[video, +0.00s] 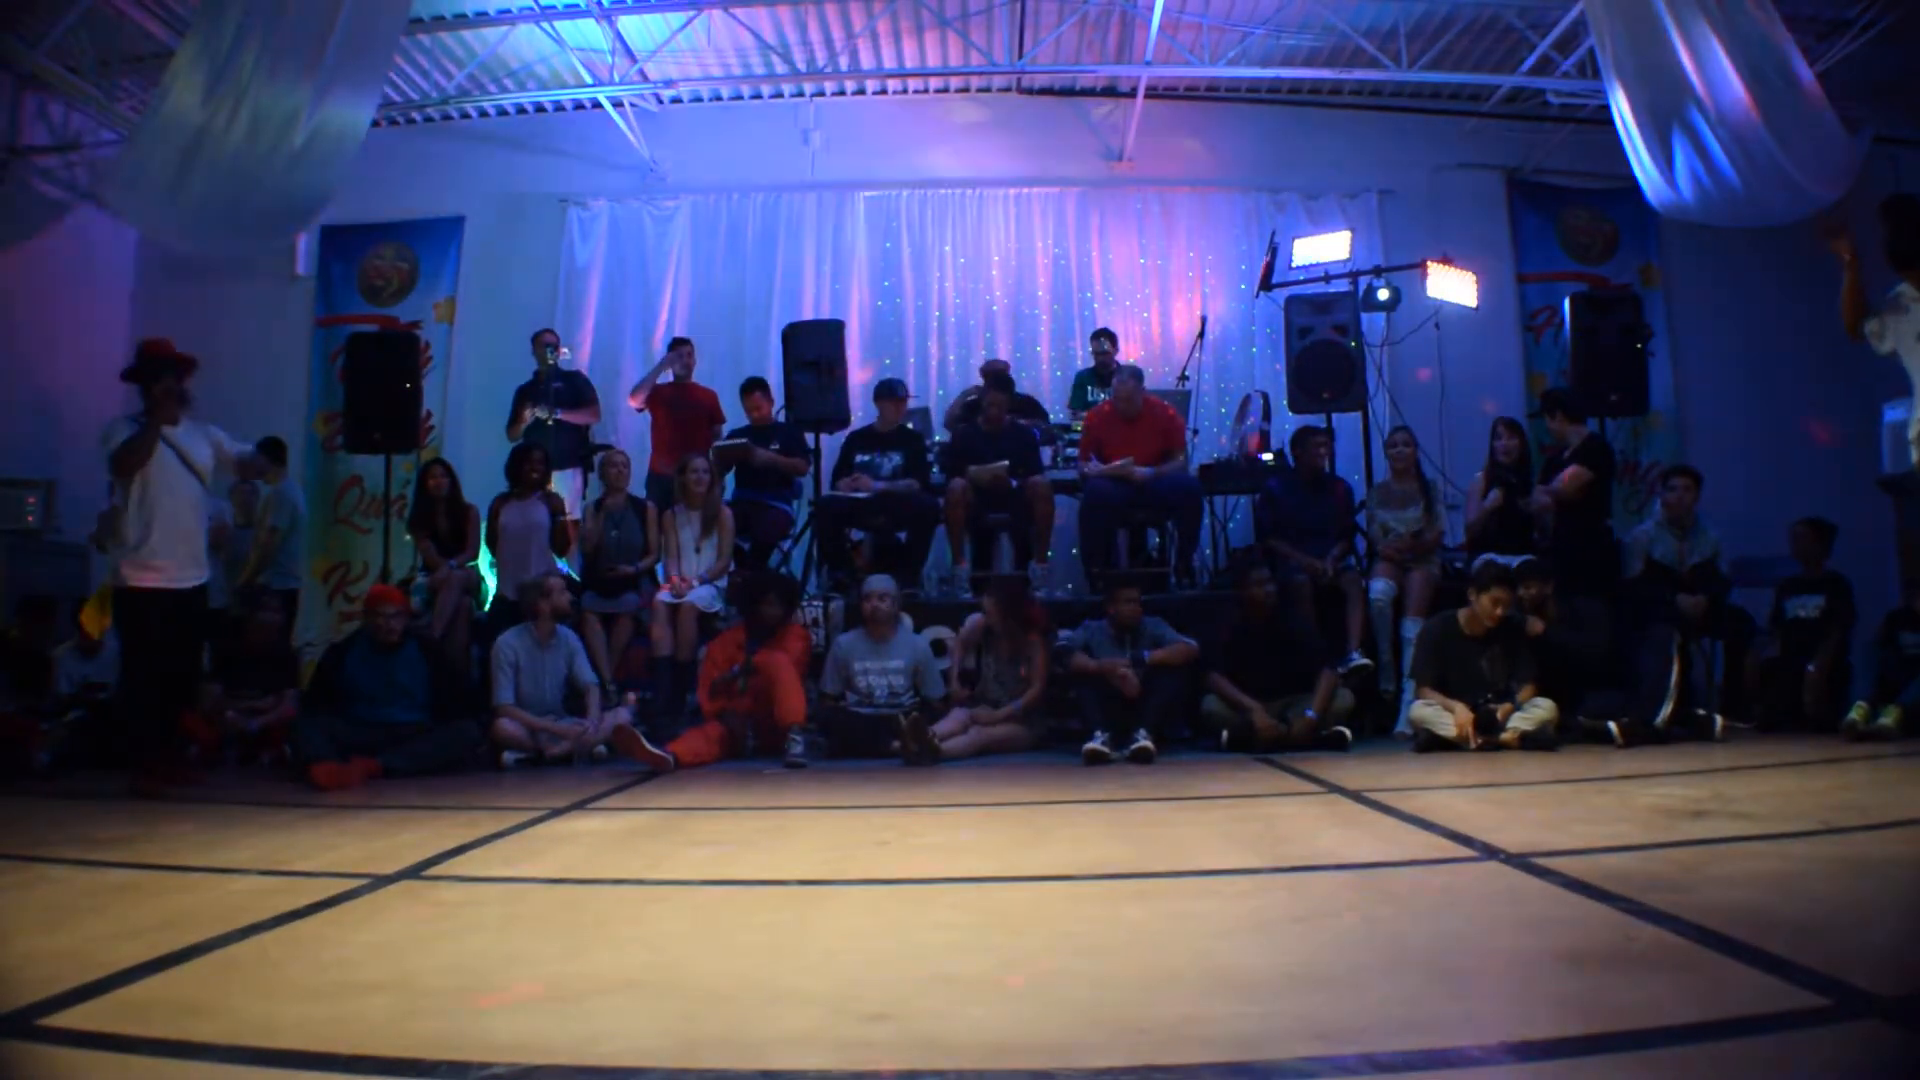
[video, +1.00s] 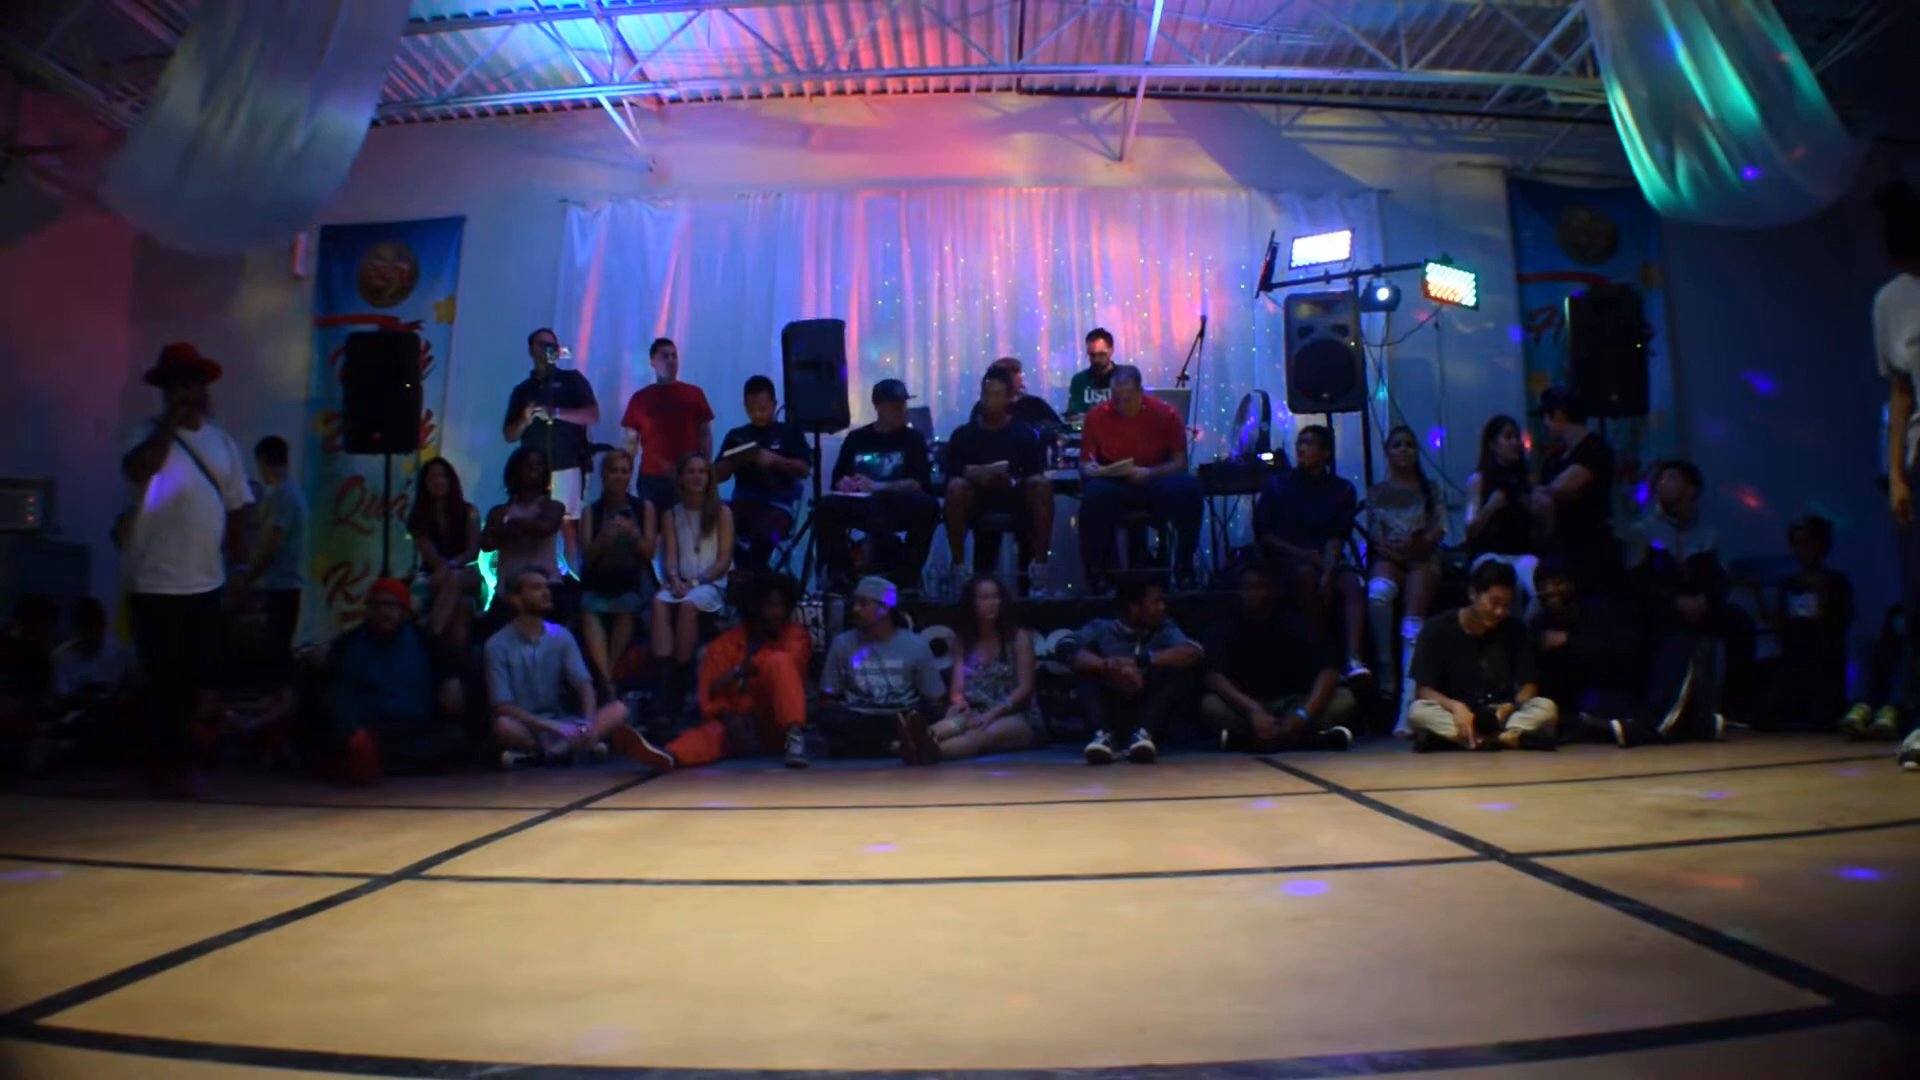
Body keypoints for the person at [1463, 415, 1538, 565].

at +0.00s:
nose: (1504, 444)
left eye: (1511, 438)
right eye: (1498, 438)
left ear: (1521, 444)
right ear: (1492, 444)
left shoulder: (1530, 479)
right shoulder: (1481, 480)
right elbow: (1471, 525)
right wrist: (1488, 506)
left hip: (1524, 550)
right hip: (1490, 549)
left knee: (1529, 569)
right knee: (1491, 570)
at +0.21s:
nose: (1516, 443)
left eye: (1518, 438)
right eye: (1509, 437)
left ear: (1523, 442)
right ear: (1494, 445)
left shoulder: (1529, 478)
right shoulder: (1481, 481)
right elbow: (1471, 527)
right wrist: (1488, 507)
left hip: (1523, 549)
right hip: (1489, 549)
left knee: (1529, 569)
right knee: (1492, 570)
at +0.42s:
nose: (1517, 443)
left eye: (1519, 438)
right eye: (1510, 437)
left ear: (1523, 441)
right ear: (1495, 444)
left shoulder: (1527, 477)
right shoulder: (1482, 480)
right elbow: (1471, 527)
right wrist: (1490, 507)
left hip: (1523, 550)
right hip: (1489, 550)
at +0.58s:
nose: (1517, 443)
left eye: (1519, 438)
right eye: (1511, 437)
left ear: (1523, 441)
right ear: (1494, 444)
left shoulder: (1527, 477)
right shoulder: (1481, 480)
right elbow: (1472, 526)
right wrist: (1490, 508)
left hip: (1523, 549)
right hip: (1490, 549)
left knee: (1534, 570)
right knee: (1496, 572)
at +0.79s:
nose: (1514, 443)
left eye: (1515, 438)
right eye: (1506, 438)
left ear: (1519, 441)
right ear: (1490, 446)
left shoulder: (1524, 477)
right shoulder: (1479, 479)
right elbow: (1470, 528)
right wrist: (1488, 508)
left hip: (1521, 548)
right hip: (1489, 549)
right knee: (1491, 571)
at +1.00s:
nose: (1516, 443)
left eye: (1517, 437)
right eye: (1508, 437)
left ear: (1521, 441)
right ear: (1492, 444)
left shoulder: (1526, 477)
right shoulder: (1479, 480)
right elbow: (1471, 528)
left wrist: (1540, 507)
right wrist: (1492, 507)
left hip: (1523, 551)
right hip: (1490, 551)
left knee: (1535, 570)